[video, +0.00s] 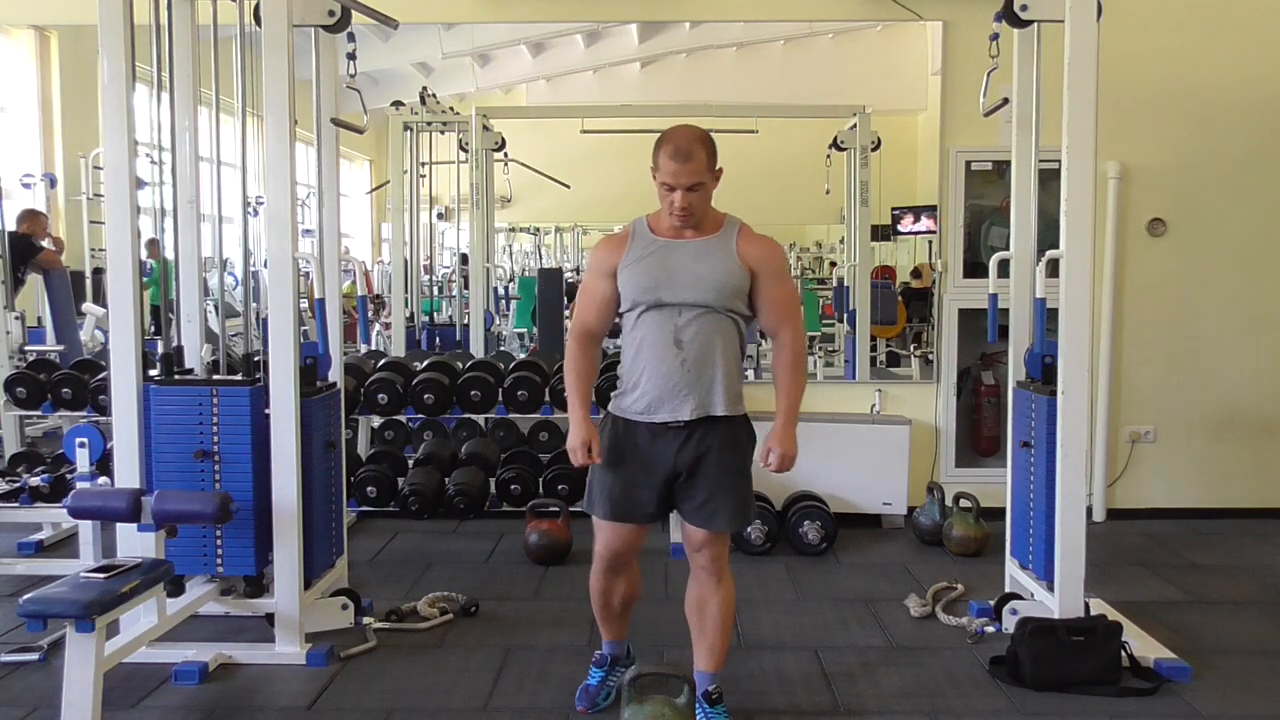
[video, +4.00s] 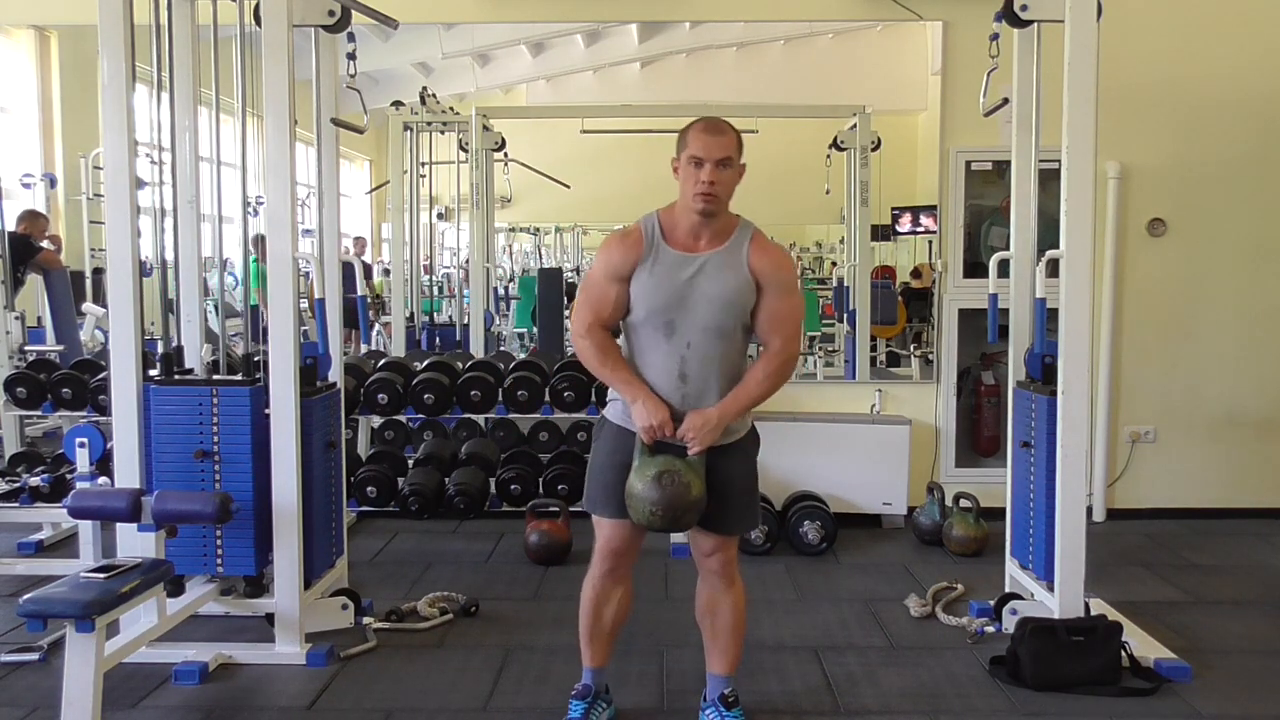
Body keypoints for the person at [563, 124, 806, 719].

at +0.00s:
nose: (678, 199)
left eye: (691, 187)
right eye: (668, 187)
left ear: (716, 178)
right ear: (654, 179)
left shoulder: (757, 253)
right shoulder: (616, 251)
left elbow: (788, 335)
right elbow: (584, 333)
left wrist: (786, 423)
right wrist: (578, 415)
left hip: (715, 430)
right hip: (632, 429)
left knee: (708, 553)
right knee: (611, 554)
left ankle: (707, 692)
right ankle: (612, 657)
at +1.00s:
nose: (609, 213)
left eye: (621, 200)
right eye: (596, 201)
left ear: (641, 180)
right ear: (574, 184)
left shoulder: (681, 246)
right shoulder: (540, 254)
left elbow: (720, 317)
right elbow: (495, 333)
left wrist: (710, 401)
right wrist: (521, 415)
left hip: (663, 439)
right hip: (574, 445)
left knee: (679, 561)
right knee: (580, 569)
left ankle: (708, 692)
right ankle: (587, 694)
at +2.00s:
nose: (677, 212)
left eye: (691, 199)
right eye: (665, 199)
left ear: (718, 183)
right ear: (651, 183)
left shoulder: (759, 249)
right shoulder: (620, 246)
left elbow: (797, 331)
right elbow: (572, 323)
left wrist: (791, 419)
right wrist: (580, 410)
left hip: (722, 443)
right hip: (632, 438)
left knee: (718, 565)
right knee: (608, 567)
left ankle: (719, 698)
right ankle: (589, 690)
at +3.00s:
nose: (689, 454)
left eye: (701, 445)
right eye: (678, 445)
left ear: (725, 399)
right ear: (650, 413)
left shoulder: (753, 372)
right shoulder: (615, 437)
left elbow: (759, 411)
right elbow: (608, 551)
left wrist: (716, 463)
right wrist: (630, 643)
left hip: (710, 459)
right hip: (617, 461)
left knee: (716, 563)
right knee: (597, 569)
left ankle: (719, 697)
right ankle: (591, 695)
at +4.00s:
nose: (708, 177)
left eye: (722, 166)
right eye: (697, 164)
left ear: (739, 174)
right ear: (677, 168)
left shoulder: (766, 260)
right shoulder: (626, 249)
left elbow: (782, 351)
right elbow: (587, 330)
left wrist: (724, 414)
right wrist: (637, 394)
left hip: (721, 439)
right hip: (629, 430)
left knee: (720, 562)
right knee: (611, 557)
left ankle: (720, 700)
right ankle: (591, 690)